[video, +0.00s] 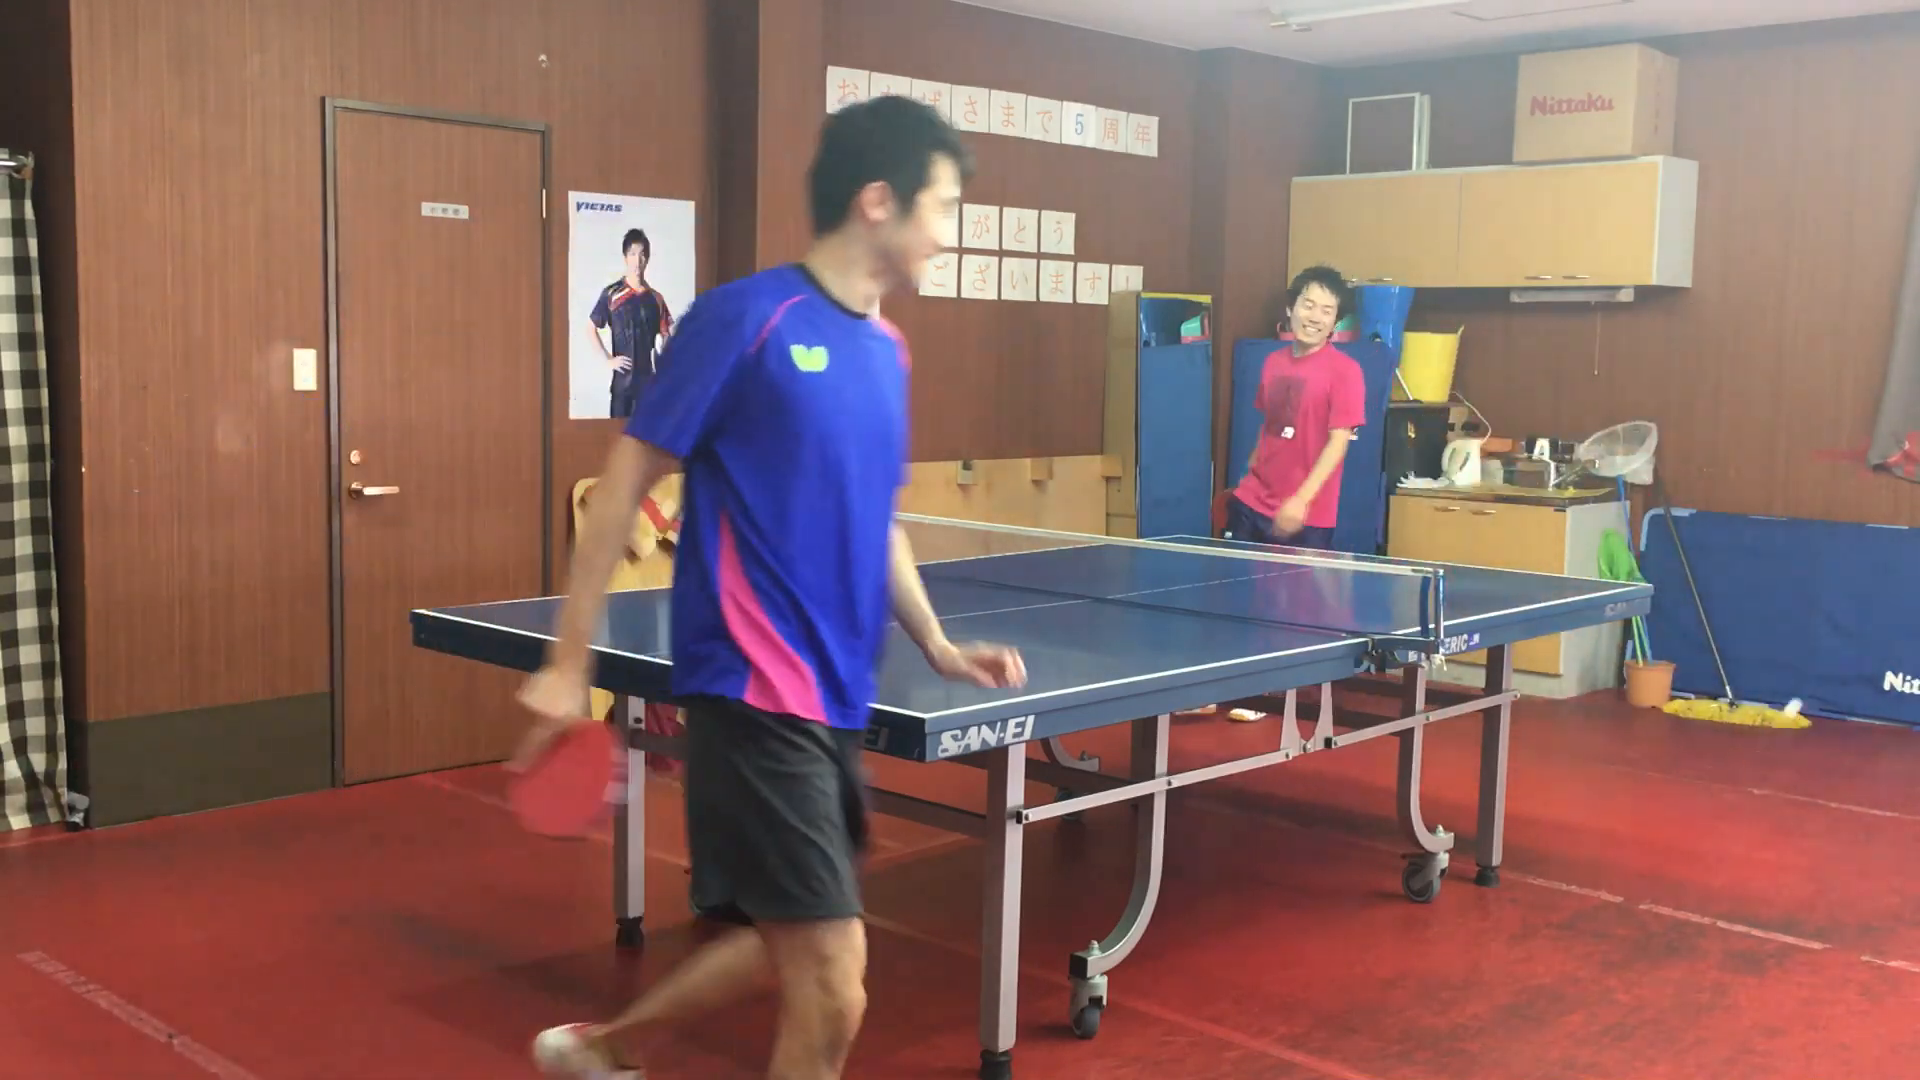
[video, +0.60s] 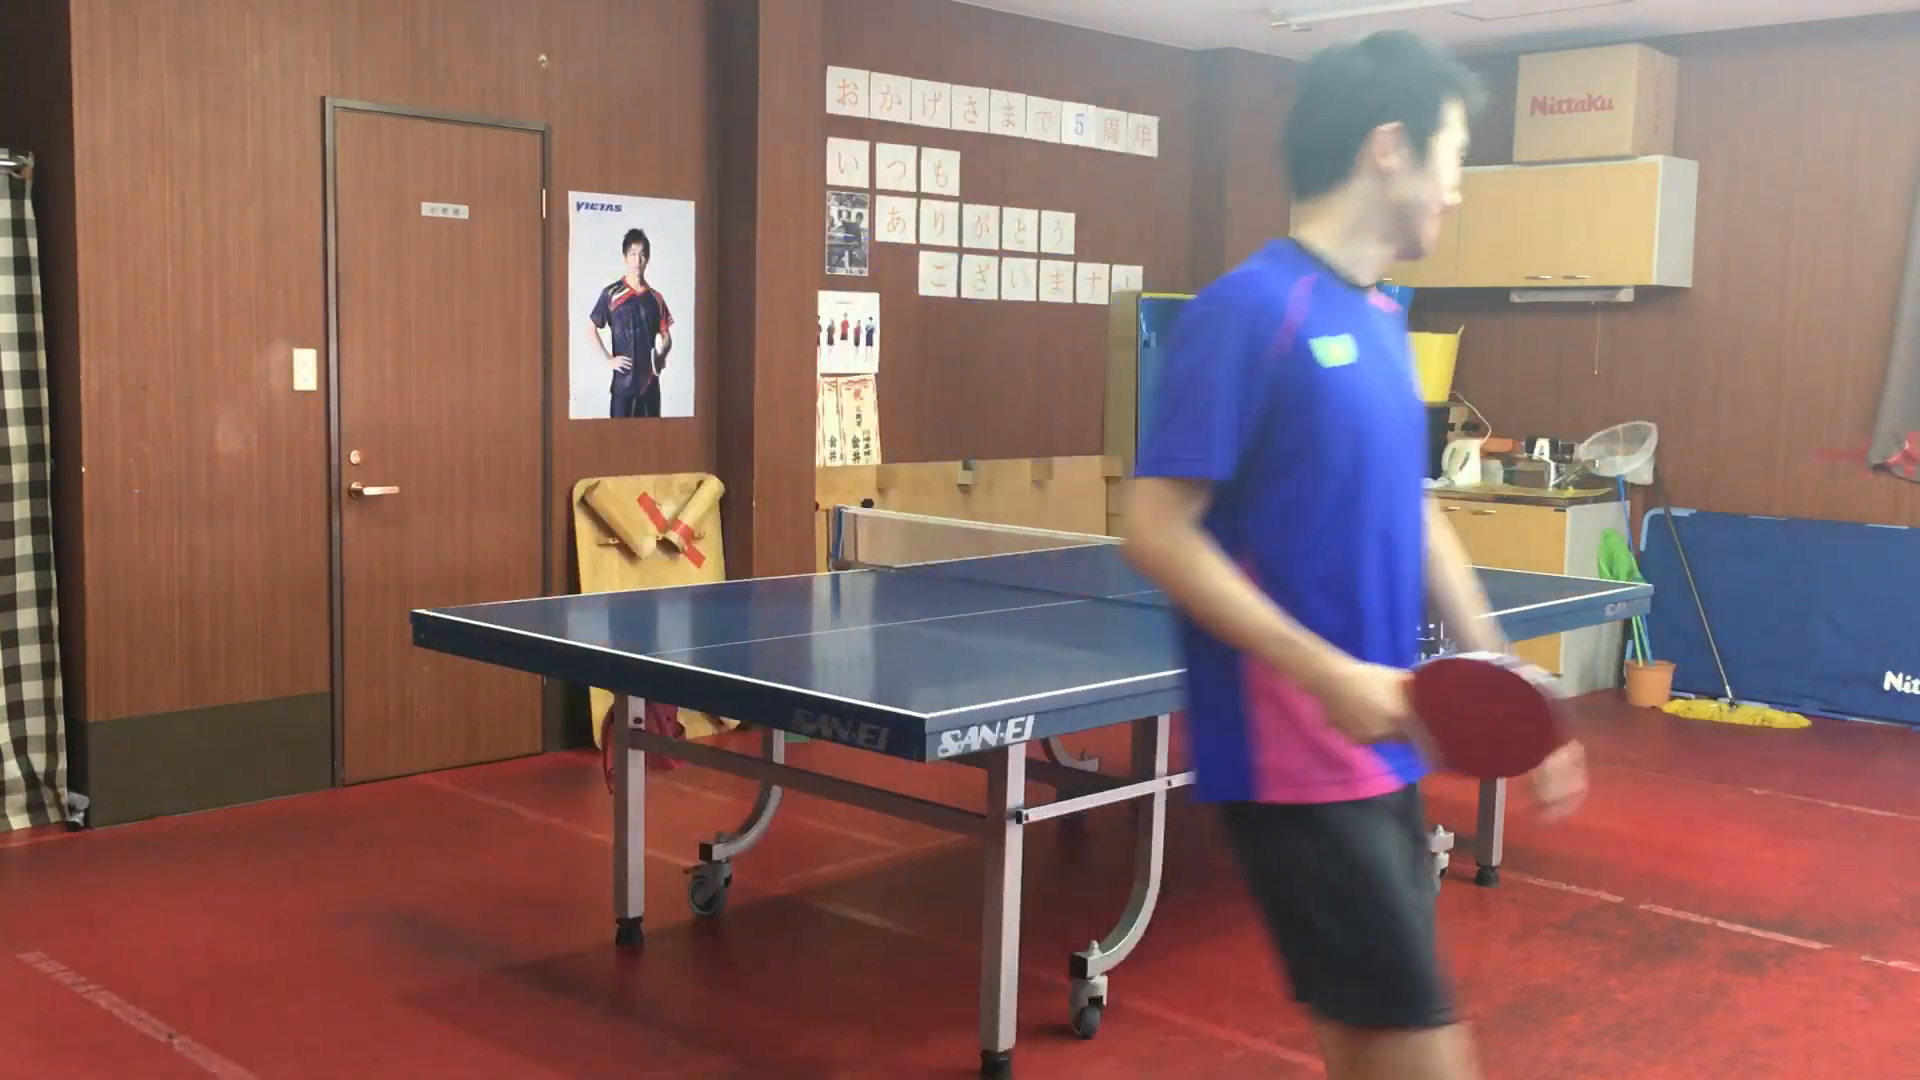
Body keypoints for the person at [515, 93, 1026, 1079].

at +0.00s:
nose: (948, 236)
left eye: (953, 212)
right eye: (943, 208)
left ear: (882, 208)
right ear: (875, 203)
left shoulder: (885, 352)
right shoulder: (744, 317)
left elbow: (874, 519)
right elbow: (623, 479)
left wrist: (939, 645)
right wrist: (568, 660)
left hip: (830, 702)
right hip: (750, 699)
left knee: (780, 940)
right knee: (831, 997)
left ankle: (598, 1047)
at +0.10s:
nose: (1017, 223)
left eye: (1025, 201)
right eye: (1015, 195)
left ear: (955, 183)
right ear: (948, 177)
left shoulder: (951, 327)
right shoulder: (806, 290)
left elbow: (931, 523)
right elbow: (690, 471)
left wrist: (980, 673)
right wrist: (680, 662)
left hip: (915, 704)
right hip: (812, 702)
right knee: (837, 1008)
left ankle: (736, 1071)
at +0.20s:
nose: (1096, 205)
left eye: (1102, 180)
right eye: (1089, 174)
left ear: (1025, 166)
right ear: (1014, 159)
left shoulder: (1033, 319)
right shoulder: (878, 279)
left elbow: (991, 520)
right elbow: (763, 461)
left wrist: (1032, 683)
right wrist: (815, 655)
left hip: (1002, 712)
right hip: (882, 709)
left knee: (1083, 989)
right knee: (856, 1013)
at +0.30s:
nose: (1182, 208)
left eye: (1186, 182)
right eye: (1171, 174)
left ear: (1106, 170)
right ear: (1093, 163)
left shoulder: (1130, 329)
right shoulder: (958, 300)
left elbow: (1082, 522)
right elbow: (850, 488)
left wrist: (1102, 687)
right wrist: (966, 652)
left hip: (1088, 740)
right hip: (953, 740)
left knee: (1172, 1035)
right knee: (900, 1027)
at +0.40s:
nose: (1278, 219)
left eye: (1279, 192)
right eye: (1265, 187)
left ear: (1192, 187)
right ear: (1183, 182)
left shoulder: (1222, 351)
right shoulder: (1052, 326)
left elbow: (1179, 552)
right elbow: (953, 530)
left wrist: (1225, 701)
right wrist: (1101, 669)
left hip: (1196, 762)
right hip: (1068, 769)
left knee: (1275, 1051)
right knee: (1015, 1048)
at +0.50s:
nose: (1373, 216)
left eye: (1374, 185)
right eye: (1362, 180)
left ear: (1292, 181)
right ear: (1286, 178)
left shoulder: (1312, 357)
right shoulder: (1149, 334)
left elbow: (1297, 573)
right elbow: (1057, 545)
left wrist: (1350, 741)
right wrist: (1219, 685)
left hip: (1306, 772)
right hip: (1193, 785)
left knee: (1369, 1055)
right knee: (1203, 1058)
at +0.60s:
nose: (1458, 193)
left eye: (1461, 167)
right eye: (1452, 162)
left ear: (1389, 160)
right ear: (1383, 153)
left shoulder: (1381, 319)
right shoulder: (1246, 309)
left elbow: (1413, 516)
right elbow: (1152, 527)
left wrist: (1512, 698)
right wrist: (1335, 675)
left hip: (1381, 753)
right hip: (1292, 765)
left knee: (1364, 1053)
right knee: (1426, 1057)